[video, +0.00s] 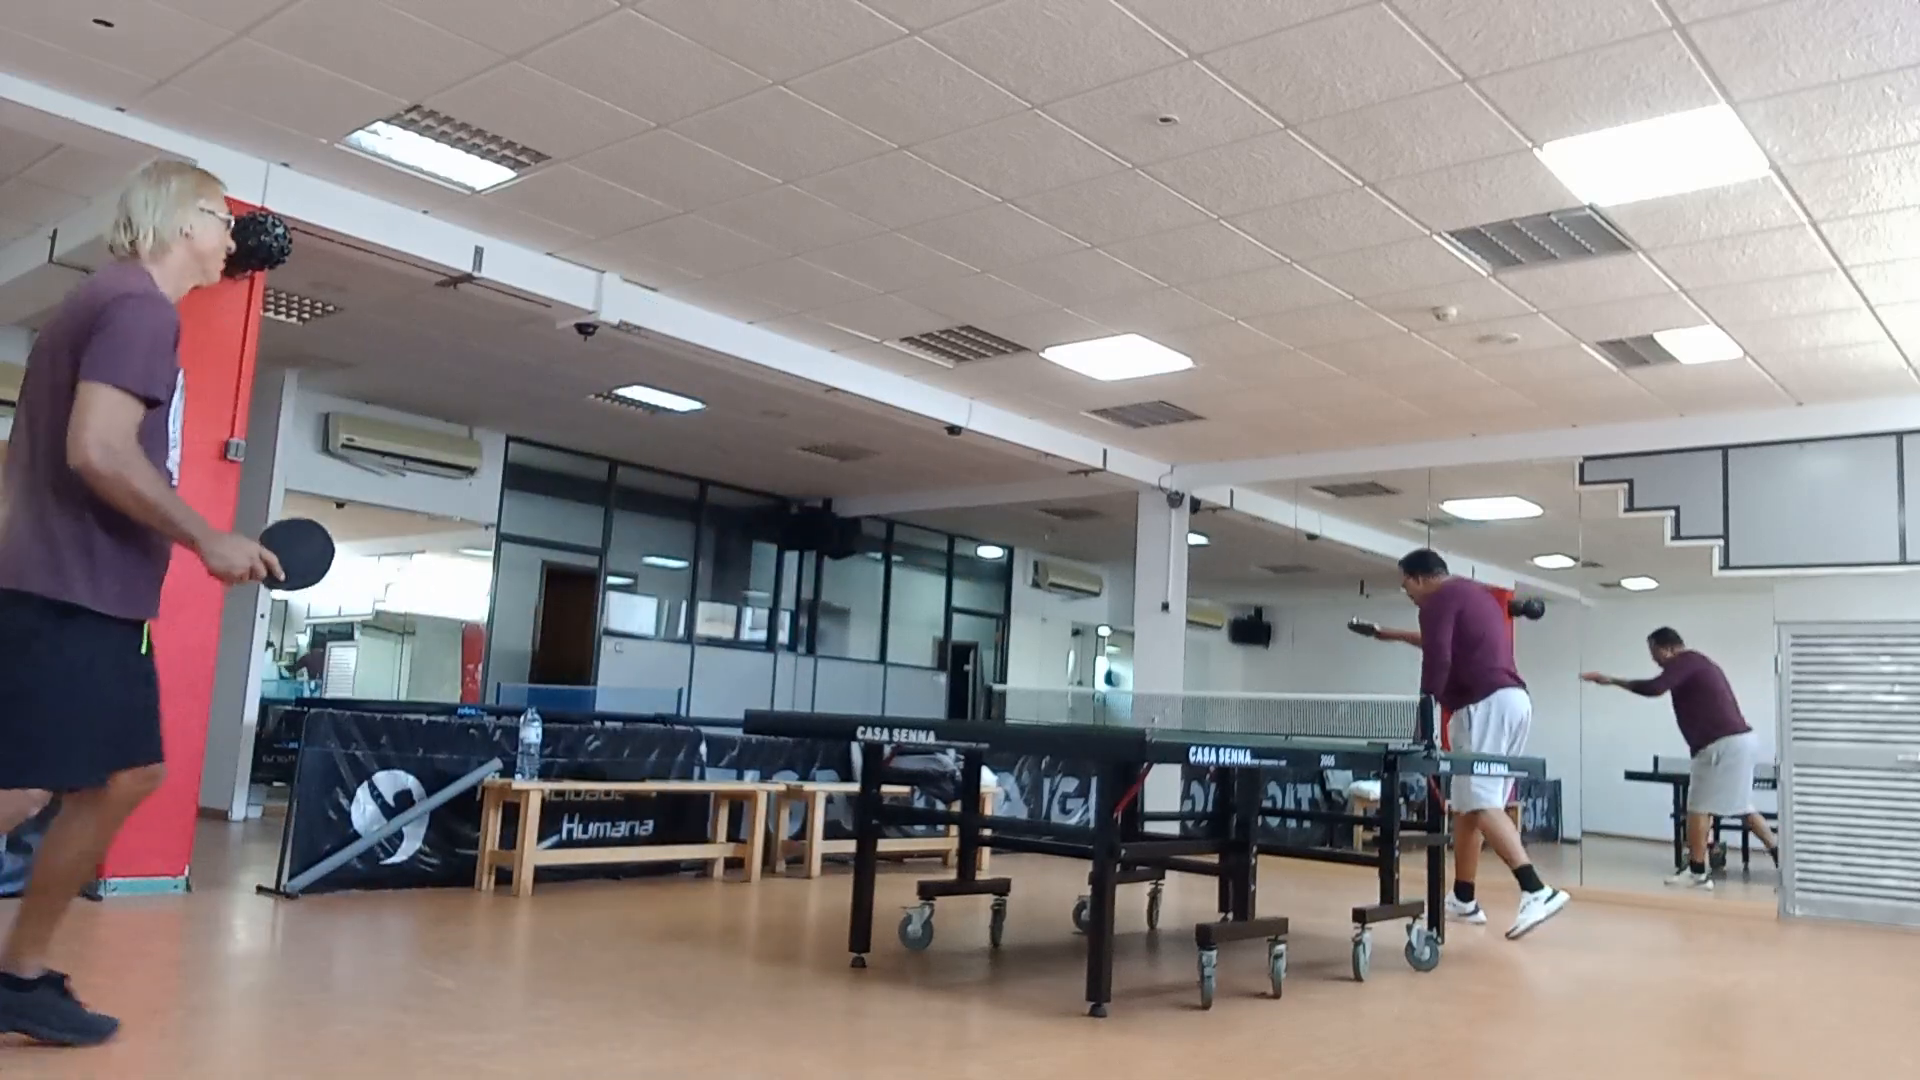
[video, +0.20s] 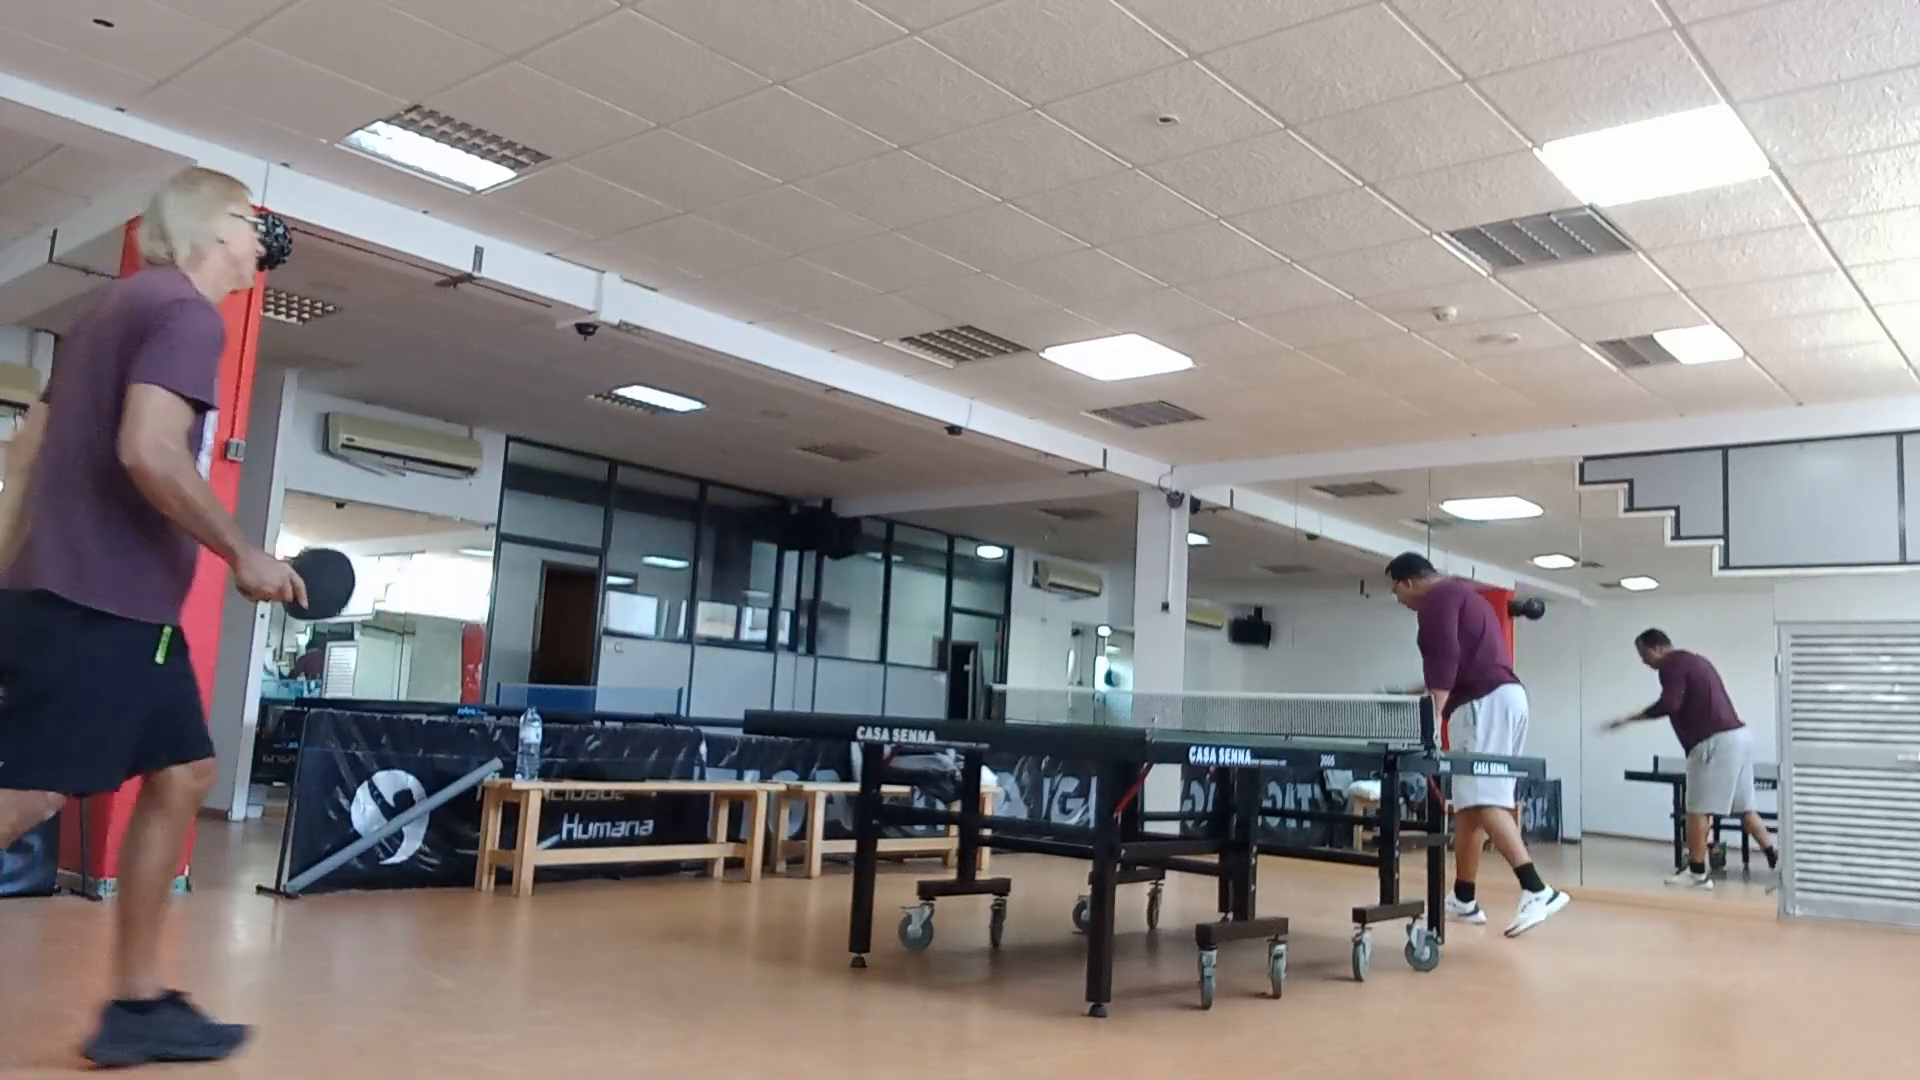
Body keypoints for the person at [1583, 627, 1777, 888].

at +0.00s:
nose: (1655, 660)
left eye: (1655, 654)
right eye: (1653, 655)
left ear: (1665, 648)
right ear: (1677, 645)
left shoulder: (1684, 662)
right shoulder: (1702, 661)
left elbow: (1654, 688)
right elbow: (1720, 704)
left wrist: (1611, 681)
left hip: (1718, 746)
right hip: (1742, 741)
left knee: (1697, 809)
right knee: (1744, 806)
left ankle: (1698, 873)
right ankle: (1778, 853)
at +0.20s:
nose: (1644, 663)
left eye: (1644, 656)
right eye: (1642, 657)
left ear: (1655, 648)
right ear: (1663, 645)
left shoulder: (1672, 664)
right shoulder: (1695, 660)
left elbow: (1670, 704)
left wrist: (1633, 717)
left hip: (1713, 743)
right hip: (1739, 736)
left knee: (1696, 809)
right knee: (1745, 808)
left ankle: (1697, 871)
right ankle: (1773, 856)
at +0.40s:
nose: (1645, 663)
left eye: (1643, 657)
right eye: (1642, 659)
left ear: (1651, 649)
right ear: (1664, 644)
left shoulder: (1667, 665)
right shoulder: (1697, 659)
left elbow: (1671, 710)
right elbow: (1713, 699)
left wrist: (1645, 746)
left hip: (1711, 740)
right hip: (1739, 734)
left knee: (1697, 810)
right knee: (1746, 806)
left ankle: (1697, 872)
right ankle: (1774, 857)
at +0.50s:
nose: (1648, 662)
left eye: (1646, 656)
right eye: (1645, 658)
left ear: (1652, 650)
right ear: (1669, 644)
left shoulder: (1667, 666)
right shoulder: (1700, 658)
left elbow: (1669, 711)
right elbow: (1713, 701)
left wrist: (1644, 749)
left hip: (1711, 740)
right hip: (1740, 733)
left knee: (1699, 811)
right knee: (1749, 806)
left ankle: (1698, 872)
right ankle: (1776, 858)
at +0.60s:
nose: (1654, 660)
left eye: (1652, 655)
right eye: (1652, 656)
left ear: (1656, 649)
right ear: (1676, 643)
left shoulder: (1666, 669)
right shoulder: (1708, 658)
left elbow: (1665, 715)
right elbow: (1735, 702)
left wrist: (1646, 752)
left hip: (1712, 740)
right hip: (1743, 734)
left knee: (1700, 811)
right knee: (1752, 806)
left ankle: (1698, 872)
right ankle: (1777, 858)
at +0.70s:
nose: (1662, 656)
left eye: (1660, 651)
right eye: (1661, 651)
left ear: (1664, 648)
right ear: (1685, 640)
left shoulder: (1668, 673)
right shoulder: (1719, 659)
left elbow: (1663, 718)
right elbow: (1747, 700)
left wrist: (1649, 755)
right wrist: (1744, 735)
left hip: (1714, 741)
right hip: (1747, 736)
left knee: (1702, 811)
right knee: (1755, 806)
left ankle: (1698, 872)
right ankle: (1778, 861)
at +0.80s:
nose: (1672, 651)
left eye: (1671, 647)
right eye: (1673, 647)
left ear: (1672, 645)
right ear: (1696, 638)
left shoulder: (1673, 673)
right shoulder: (1730, 658)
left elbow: (1663, 719)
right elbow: (1758, 697)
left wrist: (1647, 754)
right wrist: (1753, 730)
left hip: (1718, 741)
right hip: (1753, 738)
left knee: (1706, 811)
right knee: (1757, 806)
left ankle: (1698, 872)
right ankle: (1777, 864)